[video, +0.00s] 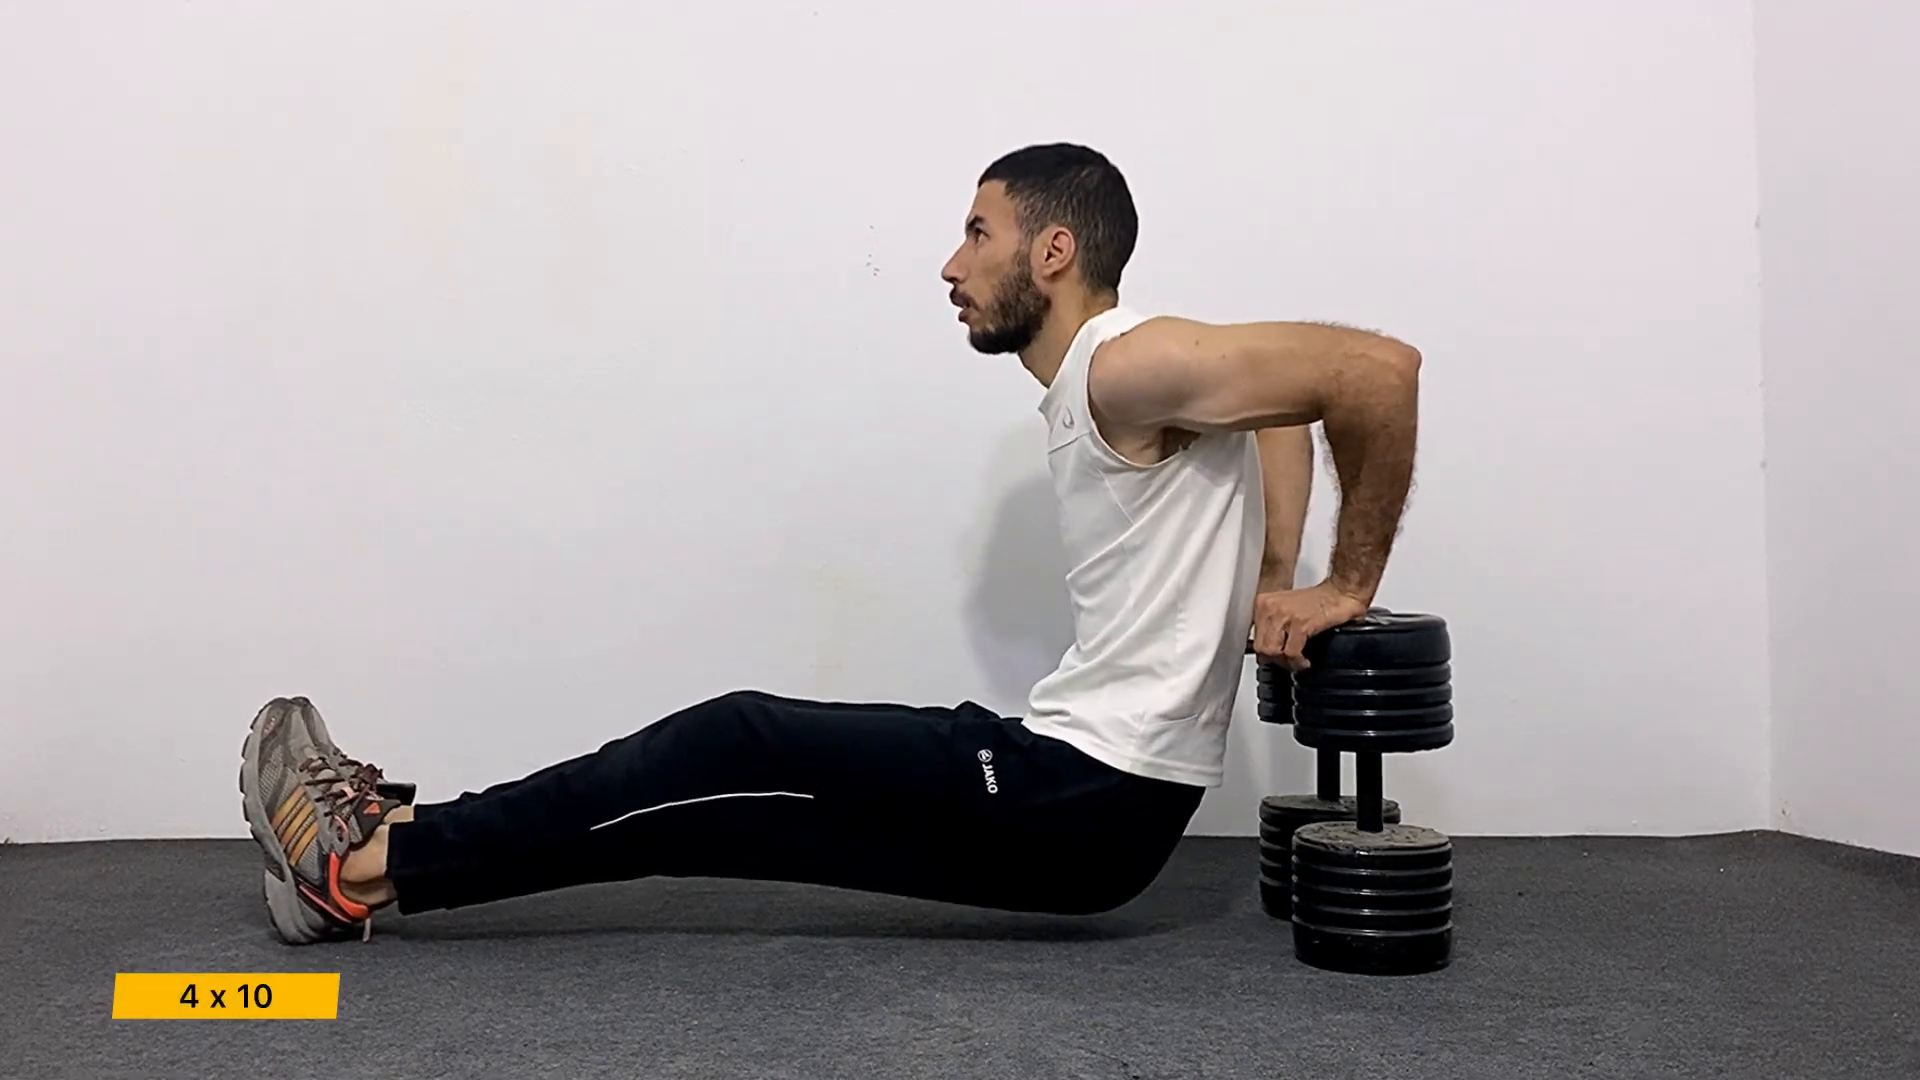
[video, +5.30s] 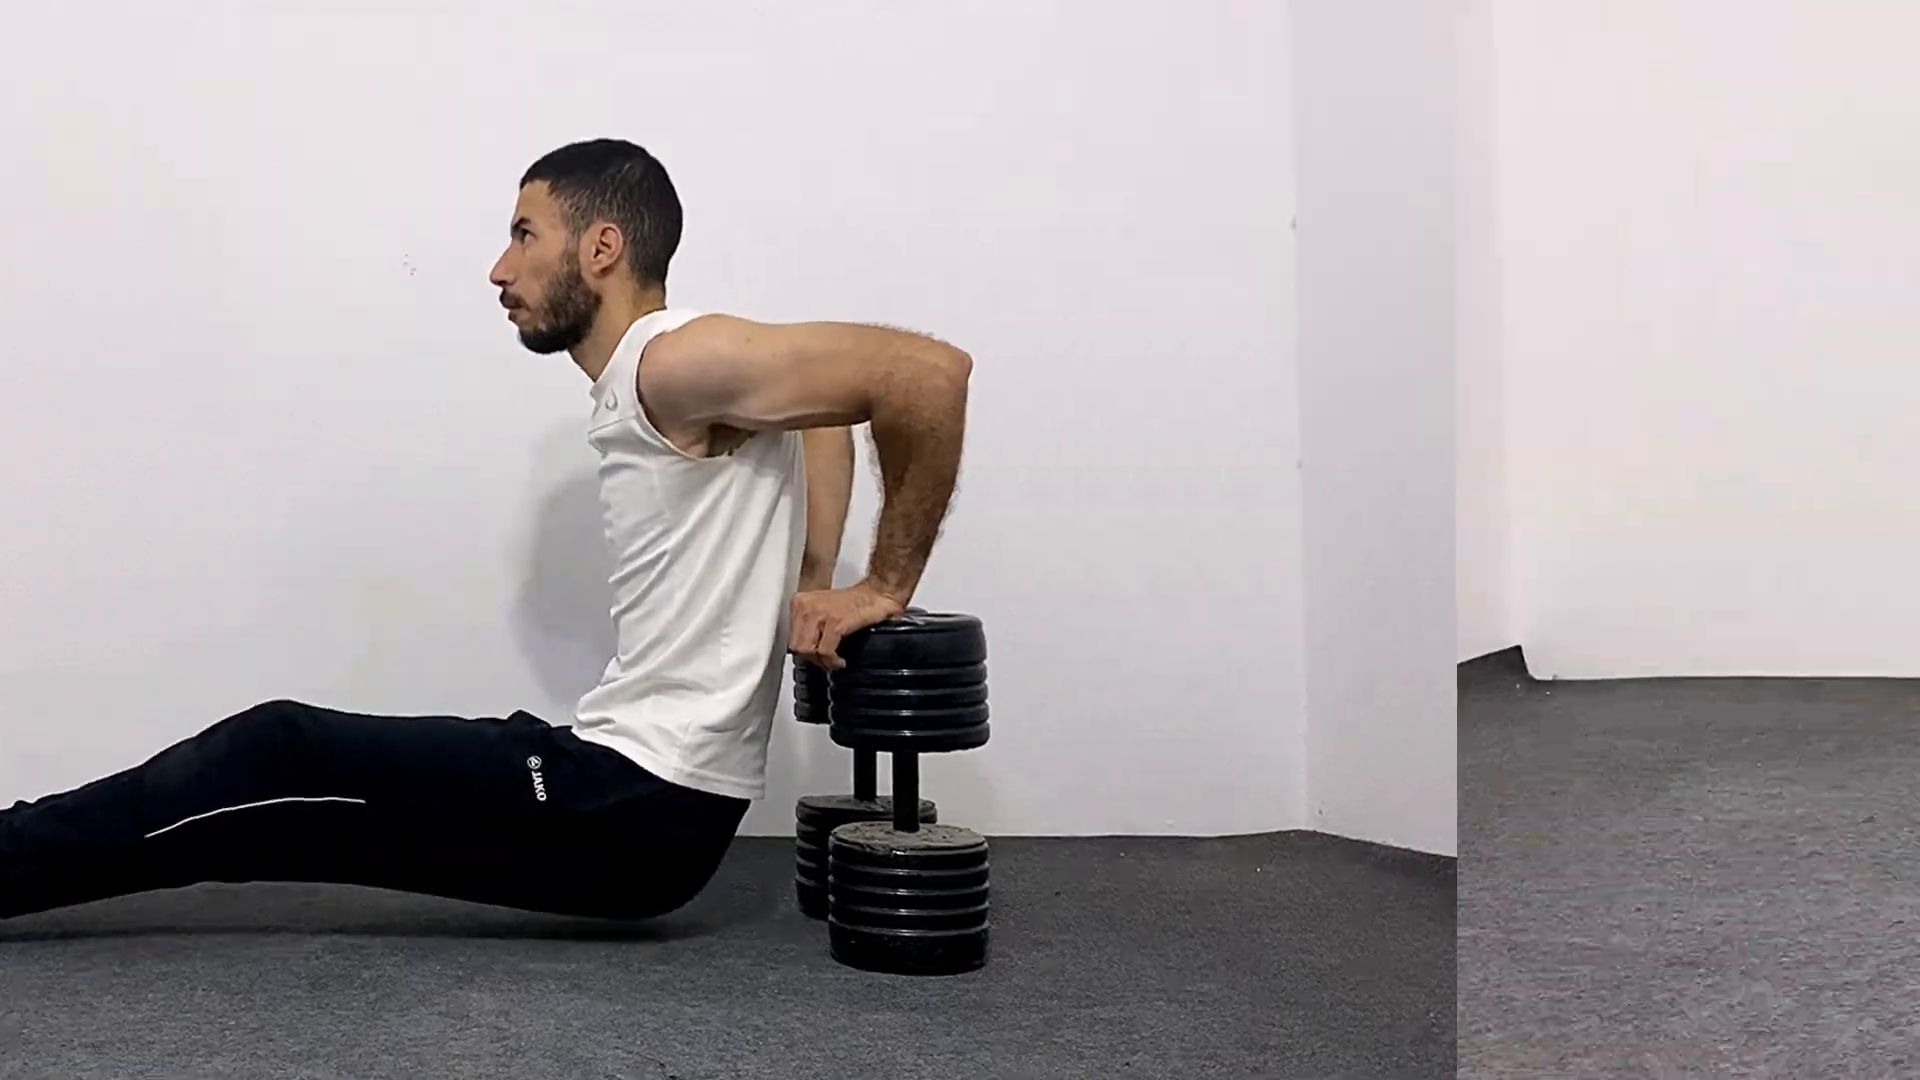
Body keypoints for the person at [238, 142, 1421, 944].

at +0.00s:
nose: (952, 268)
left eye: (976, 238)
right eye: (963, 240)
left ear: (1059, 250)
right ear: (1066, 252)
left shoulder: (1120, 367)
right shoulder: (1111, 368)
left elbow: (1381, 374)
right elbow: (1284, 394)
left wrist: (1355, 584)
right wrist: (1277, 580)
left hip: (1086, 792)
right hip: (1081, 781)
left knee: (730, 738)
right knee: (718, 796)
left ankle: (367, 866)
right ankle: (409, 835)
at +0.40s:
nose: (964, 125)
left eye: (988, 94)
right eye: (971, 95)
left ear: (1073, 102)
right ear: (1071, 108)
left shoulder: (1138, 222)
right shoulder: (1115, 251)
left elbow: (1335, 354)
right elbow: (1271, 409)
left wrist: (1352, 585)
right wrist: (1267, 583)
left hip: (1081, 653)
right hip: (1066, 643)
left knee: (730, 721)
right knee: (732, 713)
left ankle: (379, 873)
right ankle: (404, 843)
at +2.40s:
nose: (1017, 47)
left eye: (1039, 15)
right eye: (1022, 19)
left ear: (1123, 21)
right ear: (1107, 29)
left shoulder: (1187, 148)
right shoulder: (1148, 167)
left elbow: (1318, 350)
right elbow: (1246, 378)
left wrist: (1347, 581)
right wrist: (1263, 572)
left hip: (1068, 591)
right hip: (1048, 576)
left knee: (725, 714)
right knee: (719, 701)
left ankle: (381, 875)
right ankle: (415, 843)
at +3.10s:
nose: (982, 212)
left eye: (1004, 182)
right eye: (989, 185)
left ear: (1092, 193)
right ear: (1092, 196)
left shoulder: (1155, 314)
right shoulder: (1127, 315)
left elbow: (1401, 373)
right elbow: (1302, 380)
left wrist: (1352, 590)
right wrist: (1278, 570)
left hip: (1105, 747)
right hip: (1077, 725)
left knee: (737, 746)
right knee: (734, 755)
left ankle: (381, 878)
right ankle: (412, 846)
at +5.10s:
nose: (919, 245)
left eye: (943, 213)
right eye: (927, 216)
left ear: (1029, 224)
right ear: (1030, 226)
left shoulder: (1090, 342)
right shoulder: (1073, 347)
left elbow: (1345, 377)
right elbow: (1241, 391)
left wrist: (1299, 587)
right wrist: (1225, 575)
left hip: (1046, 778)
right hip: (1028, 763)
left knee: (686, 738)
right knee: (681, 788)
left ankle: (337, 872)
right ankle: (364, 852)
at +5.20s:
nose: (777, 261)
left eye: (798, 229)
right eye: (784, 232)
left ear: (882, 238)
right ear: (888, 240)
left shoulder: (947, 354)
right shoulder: (936, 359)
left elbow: (1204, 378)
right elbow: (1103, 395)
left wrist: (1161, 591)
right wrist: (1089, 573)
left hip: (906, 792)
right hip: (900, 786)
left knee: (547, 742)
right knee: (536, 800)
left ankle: (194, 876)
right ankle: (228, 850)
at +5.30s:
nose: (498, 268)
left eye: (522, 234)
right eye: (508, 236)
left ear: (606, 249)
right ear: (606, 251)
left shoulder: (672, 367)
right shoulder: (648, 372)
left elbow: (930, 378)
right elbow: (830, 390)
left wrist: (891, 587)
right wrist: (821, 575)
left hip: (640, 804)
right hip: (616, 781)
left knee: (269, 754)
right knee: (262, 772)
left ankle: (11, 855)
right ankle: (18, 860)